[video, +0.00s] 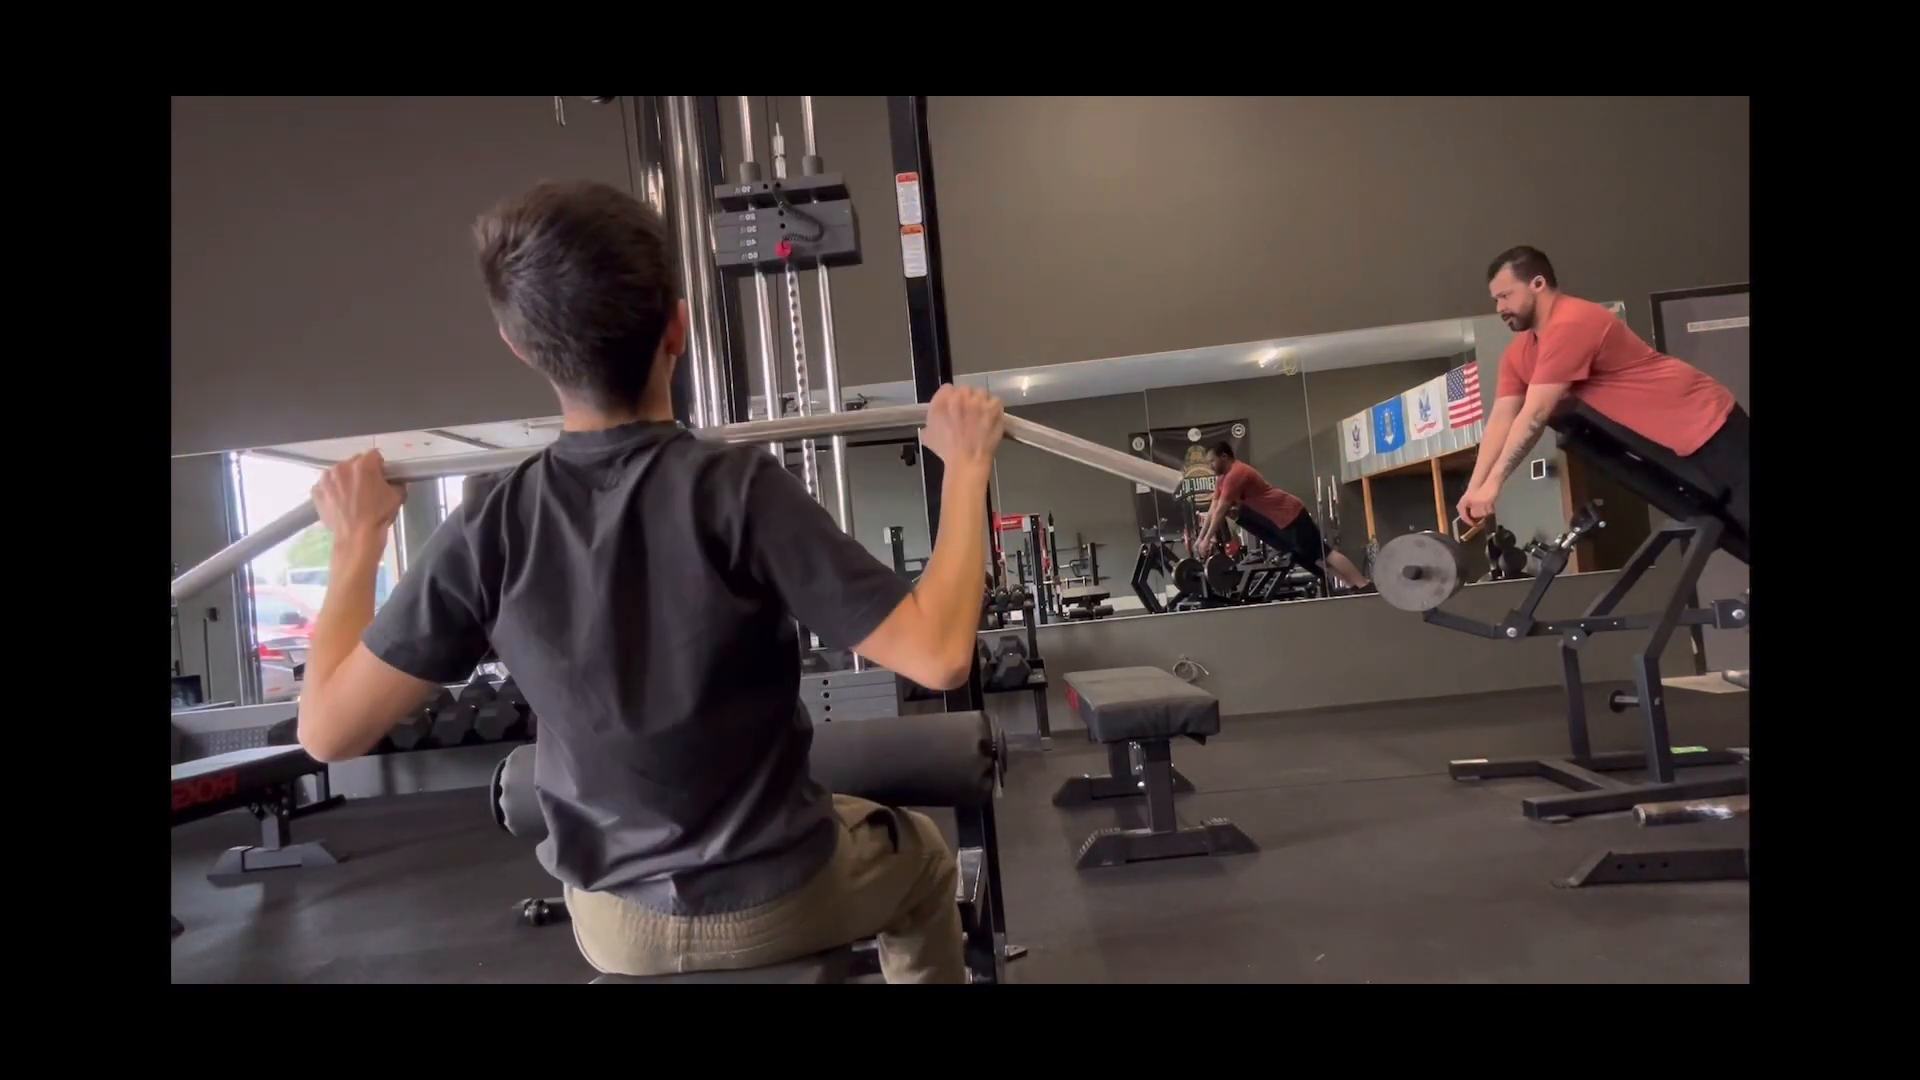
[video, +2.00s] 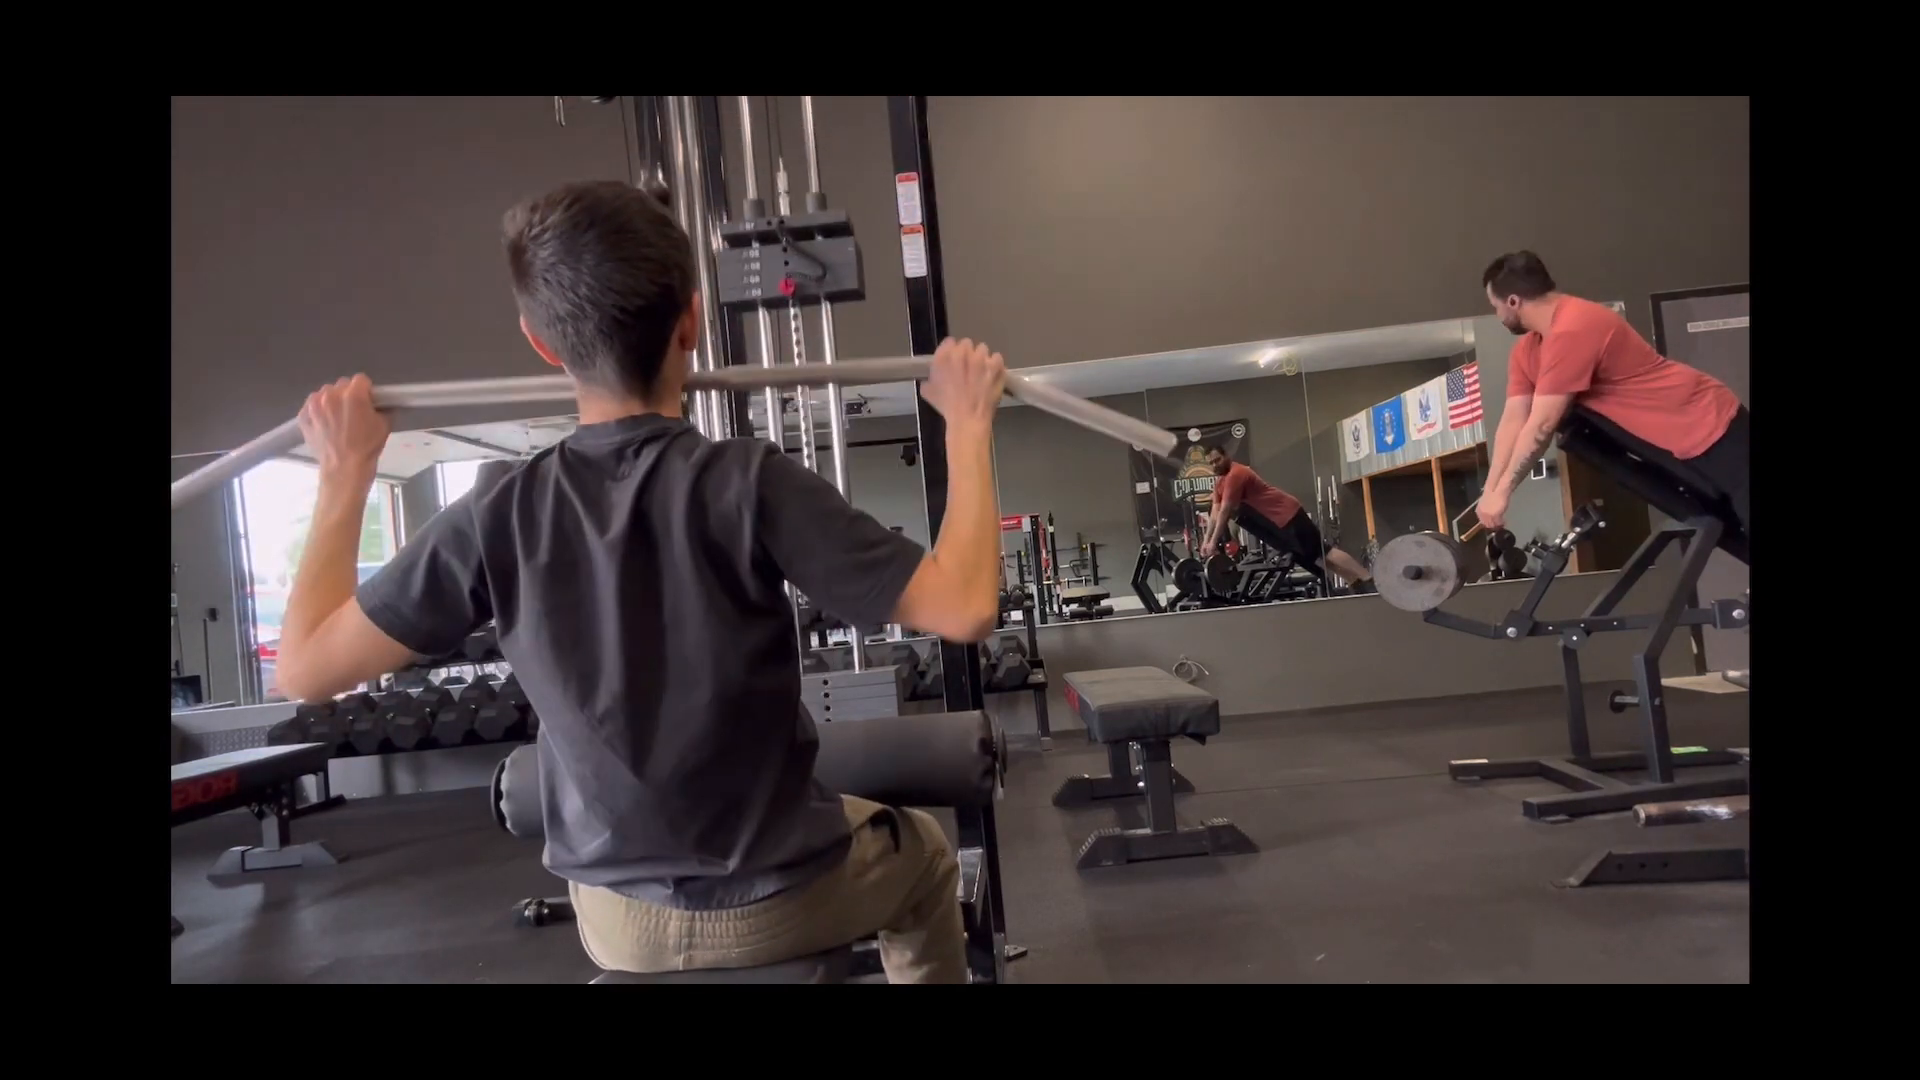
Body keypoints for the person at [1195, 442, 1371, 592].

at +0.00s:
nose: (1210, 466)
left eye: (1212, 461)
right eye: (1209, 462)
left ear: (1225, 456)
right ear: (1218, 460)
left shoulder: (1237, 473)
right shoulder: (1223, 479)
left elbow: (1222, 508)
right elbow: (1213, 507)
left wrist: (1209, 537)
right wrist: (1201, 536)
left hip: (1292, 513)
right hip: (1281, 521)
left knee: (1324, 552)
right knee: (1315, 559)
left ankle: (1363, 583)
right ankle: (1352, 584)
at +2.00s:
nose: (1215, 464)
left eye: (1217, 459)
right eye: (1211, 462)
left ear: (1226, 456)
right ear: (1209, 466)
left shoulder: (1237, 473)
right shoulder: (1220, 484)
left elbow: (1226, 511)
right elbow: (1215, 512)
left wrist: (1214, 542)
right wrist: (1207, 540)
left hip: (1289, 514)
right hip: (1279, 525)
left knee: (1324, 550)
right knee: (1317, 558)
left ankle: (1368, 579)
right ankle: (1355, 583)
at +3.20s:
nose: (1216, 466)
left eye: (1218, 461)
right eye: (1211, 465)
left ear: (1226, 457)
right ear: (1209, 468)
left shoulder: (1238, 474)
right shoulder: (1219, 483)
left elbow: (1226, 512)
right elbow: (1215, 512)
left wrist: (1213, 543)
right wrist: (1206, 540)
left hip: (1289, 514)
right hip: (1278, 526)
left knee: (1325, 550)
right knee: (1317, 558)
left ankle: (1368, 582)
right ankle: (1355, 584)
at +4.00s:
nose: (1216, 475)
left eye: (1216, 470)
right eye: (1211, 474)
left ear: (1222, 463)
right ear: (1209, 474)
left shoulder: (1242, 477)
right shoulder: (1221, 486)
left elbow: (1262, 505)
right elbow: (1227, 512)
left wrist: (1270, 536)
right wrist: (1226, 539)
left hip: (1289, 514)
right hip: (1276, 524)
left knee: (1324, 551)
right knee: (1315, 559)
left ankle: (1368, 581)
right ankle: (1354, 583)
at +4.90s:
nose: (1216, 481)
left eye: (1216, 476)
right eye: (1211, 479)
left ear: (1222, 468)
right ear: (1208, 479)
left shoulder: (1242, 482)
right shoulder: (1218, 489)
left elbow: (1259, 514)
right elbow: (1223, 514)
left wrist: (1269, 543)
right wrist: (1230, 542)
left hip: (1290, 514)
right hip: (1275, 523)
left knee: (1325, 552)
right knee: (1315, 559)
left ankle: (1368, 582)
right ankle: (1354, 585)